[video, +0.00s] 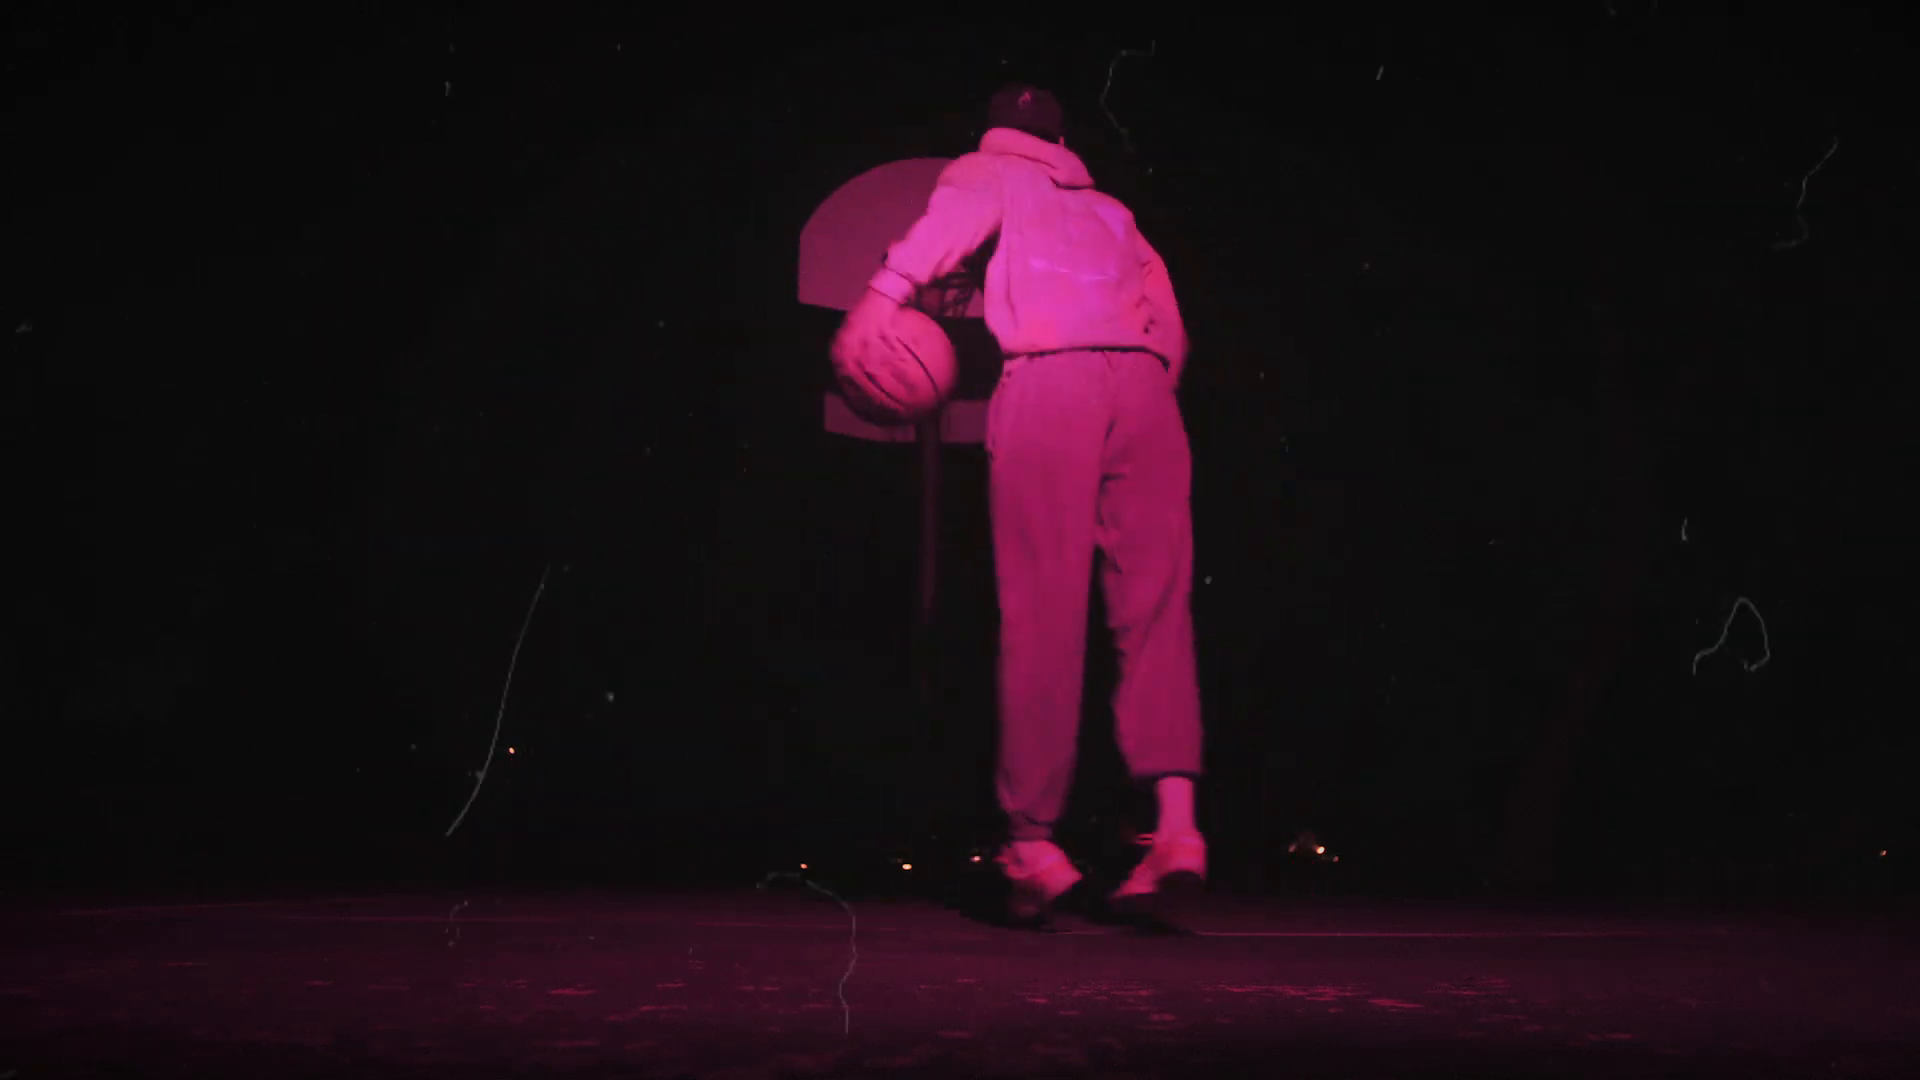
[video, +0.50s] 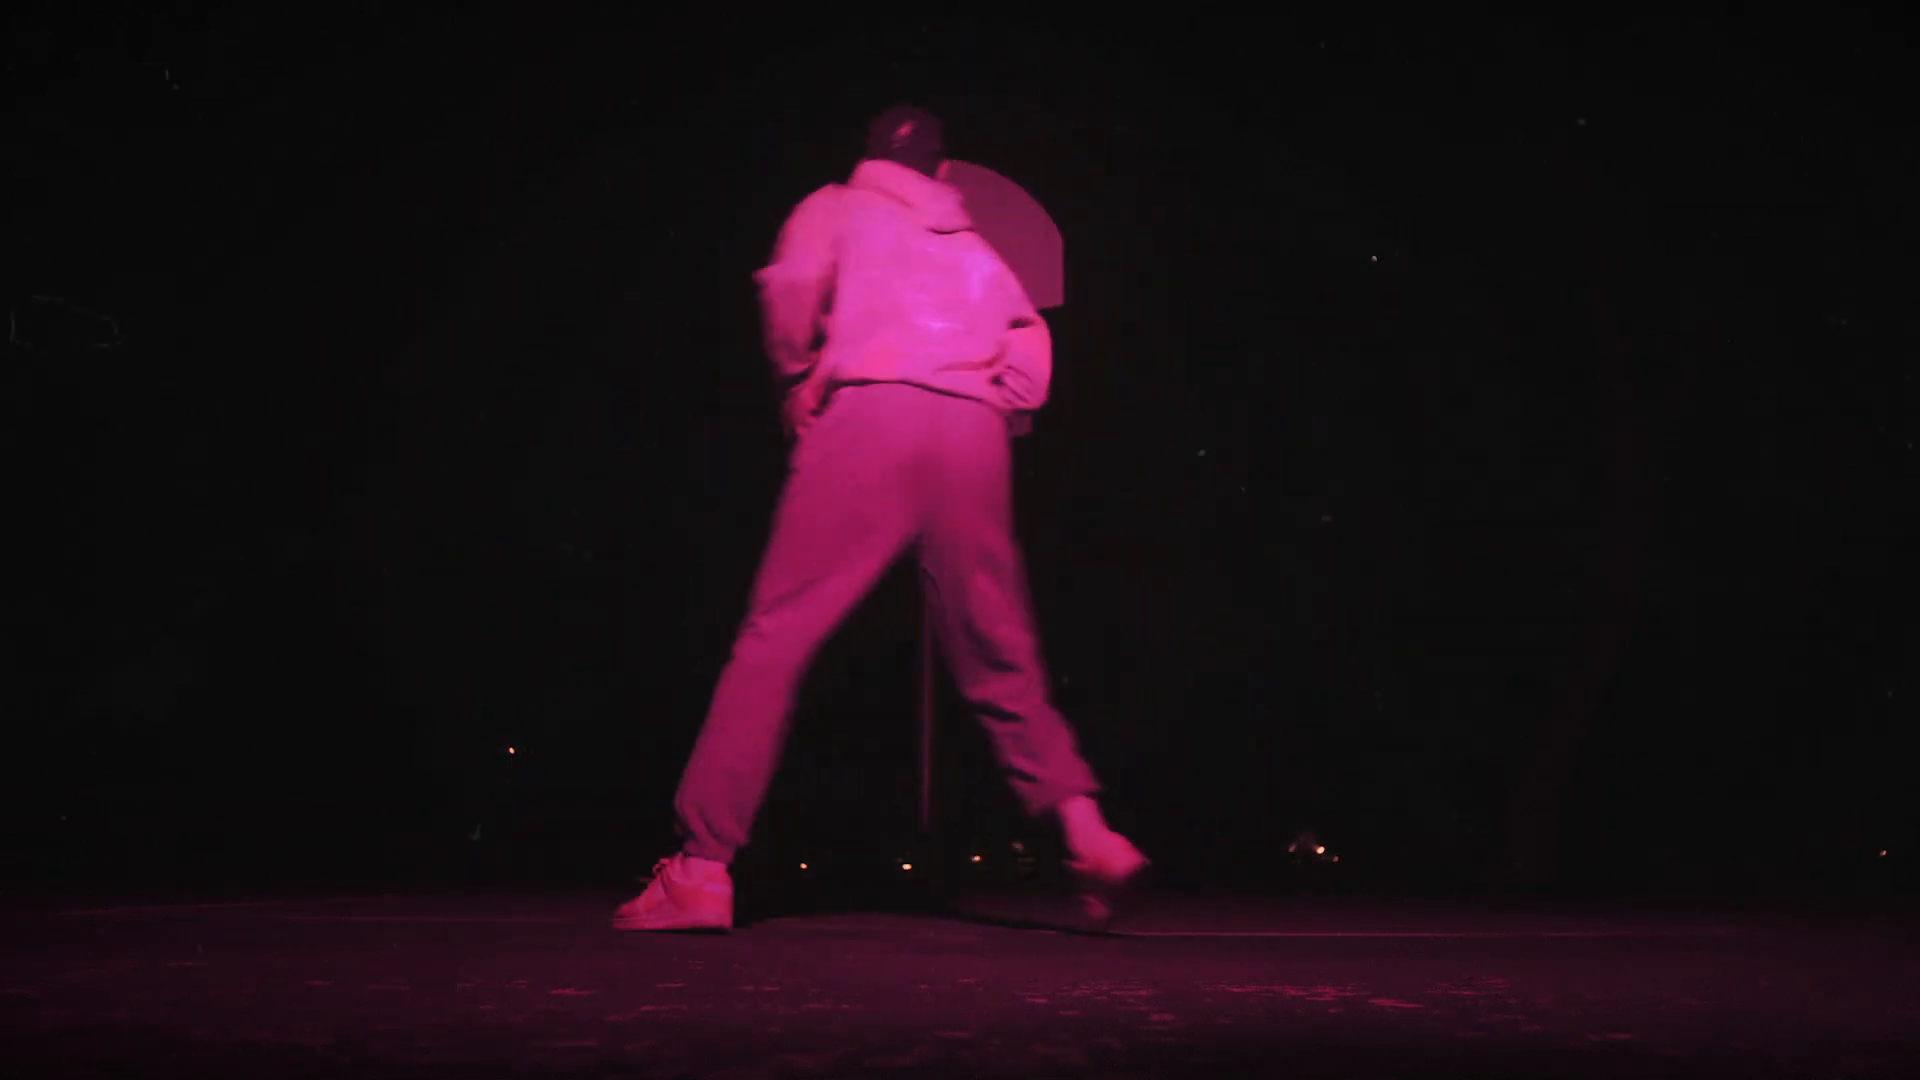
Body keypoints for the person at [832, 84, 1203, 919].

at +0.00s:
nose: (993, 150)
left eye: (991, 137)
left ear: (991, 135)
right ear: (1063, 144)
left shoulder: (987, 170)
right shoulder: (1112, 211)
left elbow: (945, 233)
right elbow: (1167, 328)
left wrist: (877, 299)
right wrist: (1137, 396)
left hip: (1048, 390)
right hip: (1147, 396)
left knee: (1043, 602)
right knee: (1156, 603)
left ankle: (1032, 839)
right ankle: (1178, 826)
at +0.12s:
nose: (980, 146)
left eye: (982, 135)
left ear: (989, 134)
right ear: (1057, 142)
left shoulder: (980, 172)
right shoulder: (1101, 217)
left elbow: (937, 239)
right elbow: (1135, 322)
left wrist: (858, 293)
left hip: (1039, 399)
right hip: (1135, 408)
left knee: (1002, 613)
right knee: (1134, 622)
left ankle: (967, 850)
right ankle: (1161, 852)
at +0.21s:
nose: (964, 174)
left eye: (967, 160)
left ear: (976, 156)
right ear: (1048, 167)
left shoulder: (966, 197)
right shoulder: (1091, 250)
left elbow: (942, 274)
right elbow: (1054, 367)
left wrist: (855, 329)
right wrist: (948, 409)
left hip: (1017, 434)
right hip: (1115, 443)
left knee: (940, 640)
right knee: (1116, 662)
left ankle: (877, 856)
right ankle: (1162, 879)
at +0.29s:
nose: (940, 174)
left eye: (944, 162)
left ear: (946, 166)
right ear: (1024, 183)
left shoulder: (933, 206)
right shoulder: (1055, 257)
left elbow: (927, 304)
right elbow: (1007, 390)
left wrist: (847, 355)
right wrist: (887, 420)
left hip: (984, 443)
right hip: (1084, 453)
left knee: (885, 640)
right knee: (1090, 668)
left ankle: (787, 848)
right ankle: (1158, 878)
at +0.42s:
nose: (884, 154)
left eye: (886, 143)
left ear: (887, 150)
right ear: (962, 158)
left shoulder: (856, 202)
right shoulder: (1011, 233)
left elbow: (831, 303)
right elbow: (1043, 380)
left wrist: (800, 369)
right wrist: (961, 393)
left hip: (893, 427)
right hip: (999, 441)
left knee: (807, 634)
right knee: (1032, 644)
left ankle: (704, 854)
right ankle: (1119, 845)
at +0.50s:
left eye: (872, 148)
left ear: (866, 155)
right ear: (942, 171)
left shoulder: (832, 207)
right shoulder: (984, 254)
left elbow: (790, 286)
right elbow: (1030, 377)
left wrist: (796, 374)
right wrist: (957, 409)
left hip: (866, 424)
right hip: (974, 439)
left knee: (776, 638)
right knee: (998, 648)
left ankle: (701, 866)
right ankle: (1083, 827)